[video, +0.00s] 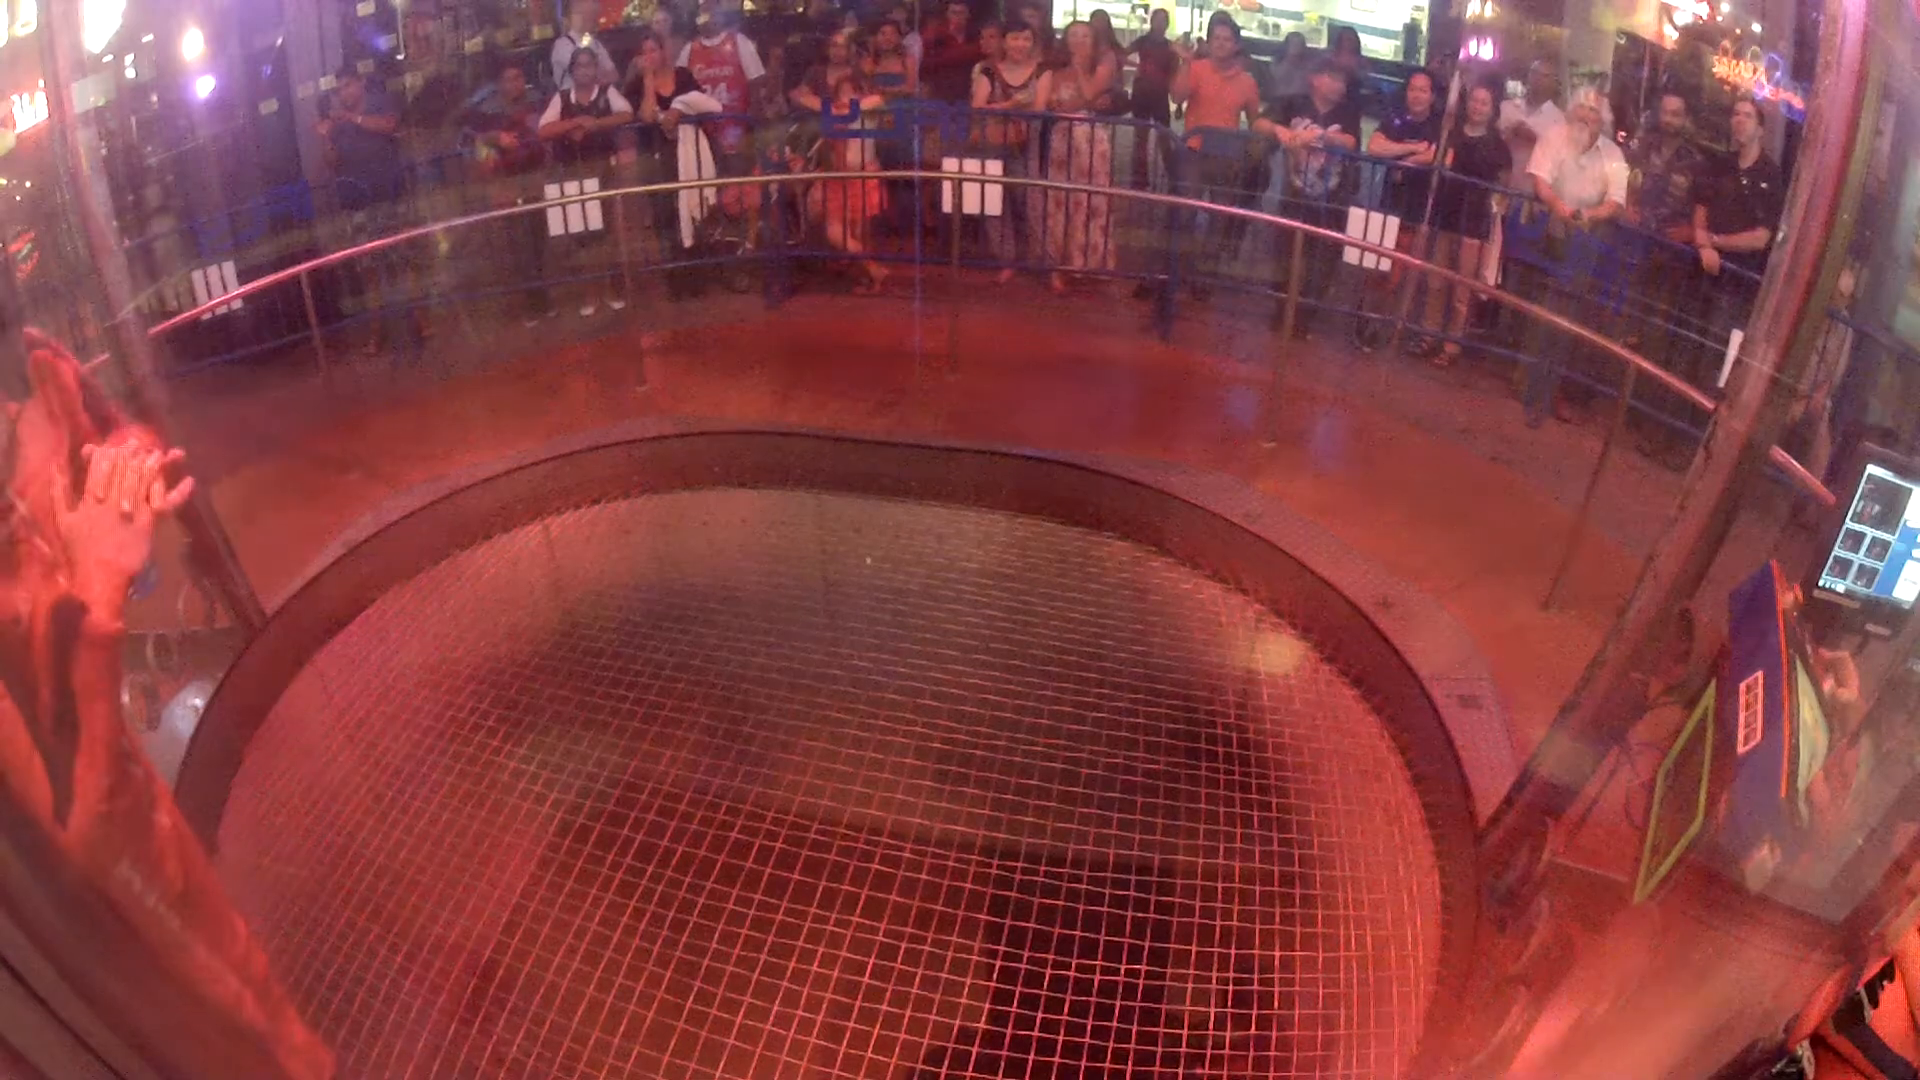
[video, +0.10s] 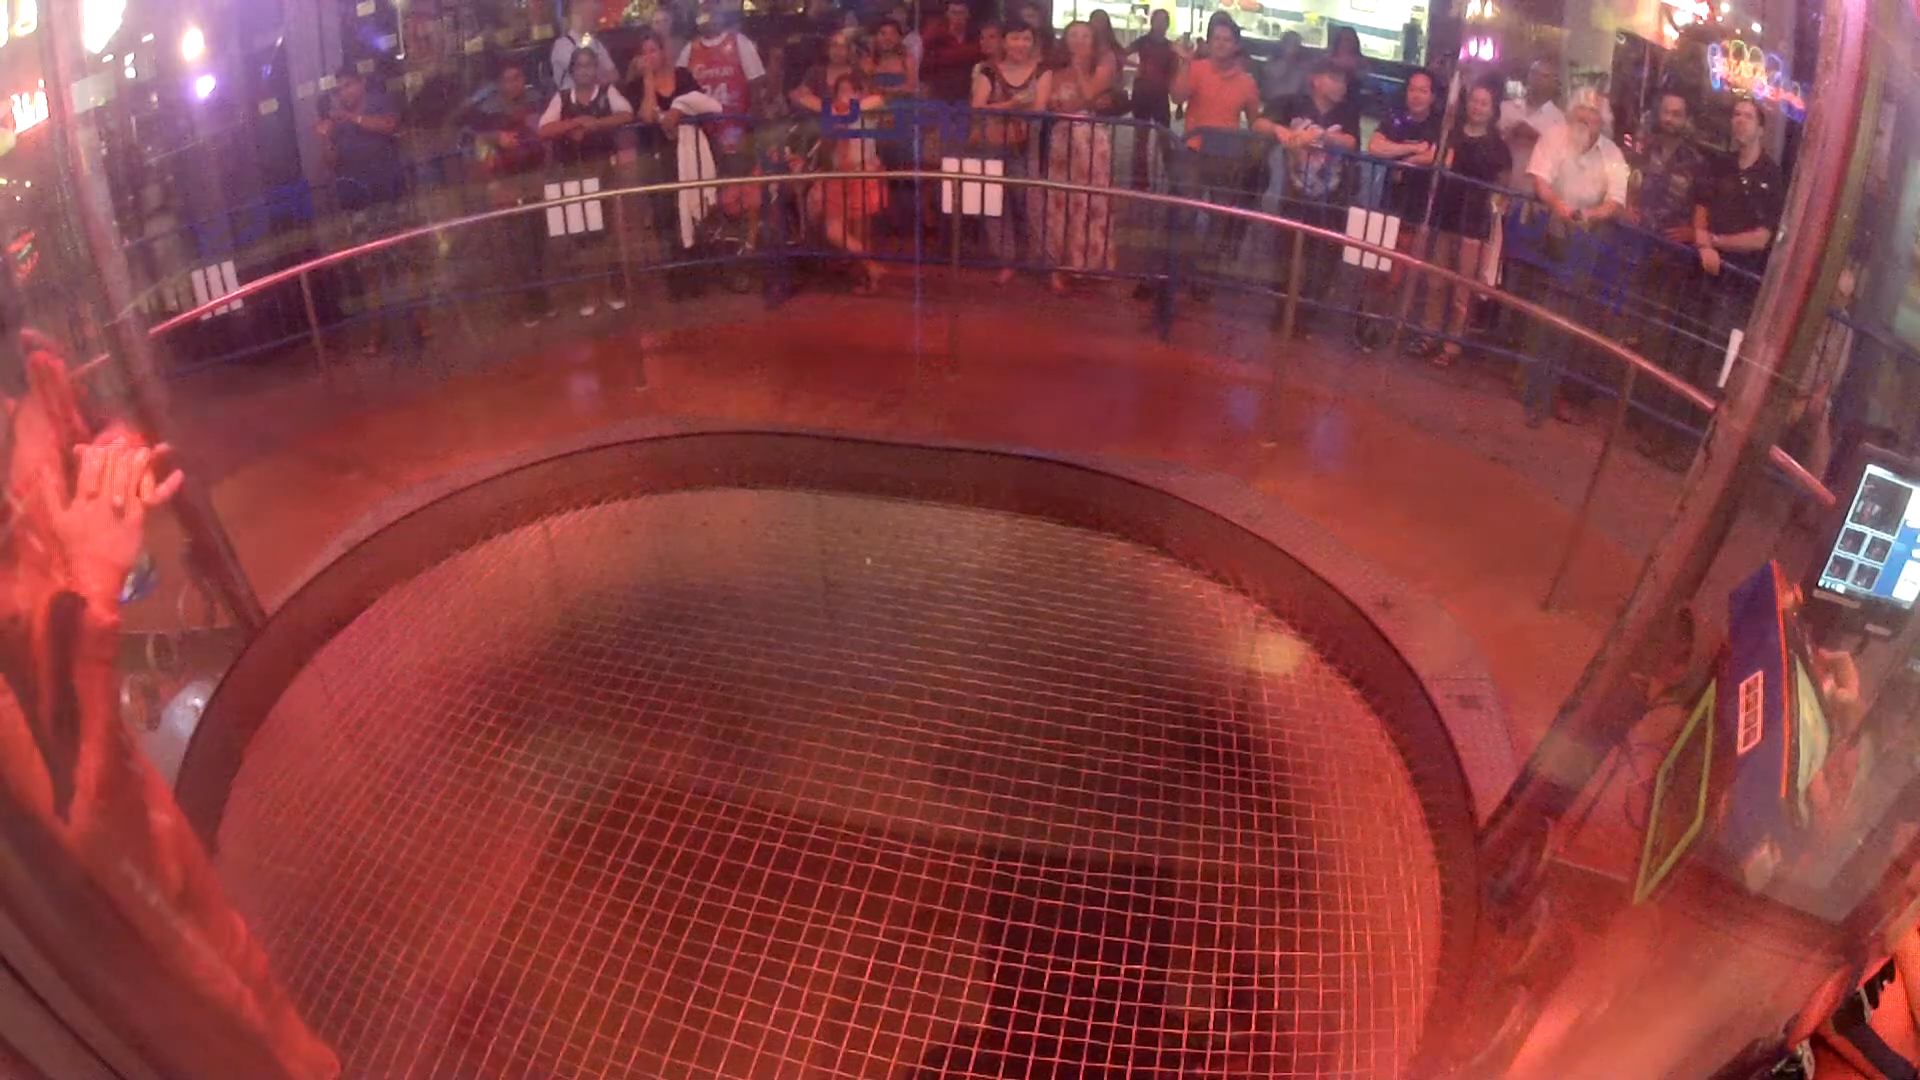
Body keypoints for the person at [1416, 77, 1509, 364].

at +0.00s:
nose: (1477, 107)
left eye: (1484, 103)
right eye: (1473, 101)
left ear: (1494, 109)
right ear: (1465, 104)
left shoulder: (1498, 146)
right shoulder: (1452, 136)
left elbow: (1494, 180)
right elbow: (1438, 167)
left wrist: (1456, 161)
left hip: (1474, 219)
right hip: (1443, 212)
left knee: (1463, 285)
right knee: (1435, 280)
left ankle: (1452, 342)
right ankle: (1429, 333)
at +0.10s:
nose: (1478, 107)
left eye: (1485, 103)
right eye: (1474, 101)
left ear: (1494, 109)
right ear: (1466, 104)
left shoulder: (1498, 146)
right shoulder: (1453, 137)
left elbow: (1501, 186)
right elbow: (1439, 169)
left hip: (1475, 218)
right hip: (1444, 212)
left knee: (1463, 284)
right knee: (1435, 278)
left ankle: (1452, 341)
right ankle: (1429, 332)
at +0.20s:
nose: (1477, 107)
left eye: (1484, 103)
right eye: (1473, 100)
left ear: (1494, 110)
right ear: (1466, 103)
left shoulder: (1498, 148)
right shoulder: (1452, 137)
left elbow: (1497, 185)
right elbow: (1437, 168)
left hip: (1474, 219)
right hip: (1443, 213)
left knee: (1463, 285)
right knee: (1435, 279)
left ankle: (1452, 341)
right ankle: (1429, 332)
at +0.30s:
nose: (1477, 107)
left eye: (1484, 103)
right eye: (1474, 101)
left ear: (1494, 110)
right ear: (1466, 104)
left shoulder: (1498, 148)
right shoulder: (1451, 137)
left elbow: (1499, 186)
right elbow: (1437, 169)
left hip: (1474, 219)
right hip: (1443, 213)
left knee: (1463, 285)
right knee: (1435, 279)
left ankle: (1452, 341)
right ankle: (1429, 332)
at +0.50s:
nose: (1478, 107)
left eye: (1485, 103)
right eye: (1474, 101)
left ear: (1494, 111)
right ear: (1466, 104)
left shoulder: (1498, 147)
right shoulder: (1452, 137)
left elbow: (1504, 185)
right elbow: (1439, 166)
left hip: (1475, 217)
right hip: (1445, 211)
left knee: (1463, 284)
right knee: (1435, 277)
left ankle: (1452, 341)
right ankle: (1429, 331)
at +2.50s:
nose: (1480, 107)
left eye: (1487, 103)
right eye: (1477, 101)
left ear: (1497, 111)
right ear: (1469, 104)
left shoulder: (1500, 148)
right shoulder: (1453, 137)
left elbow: (1506, 187)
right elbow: (1439, 166)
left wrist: (1495, 206)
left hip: (1476, 220)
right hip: (1444, 212)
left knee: (1463, 289)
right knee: (1435, 281)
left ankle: (1453, 342)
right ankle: (1429, 333)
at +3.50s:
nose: (1472, 108)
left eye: (1478, 103)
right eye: (1468, 101)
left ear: (1488, 110)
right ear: (1461, 106)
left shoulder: (1492, 147)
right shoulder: (1449, 139)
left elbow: (1498, 184)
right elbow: (1436, 171)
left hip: (1472, 218)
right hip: (1442, 213)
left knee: (1461, 285)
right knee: (1434, 279)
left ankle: (1451, 342)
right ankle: (1428, 333)